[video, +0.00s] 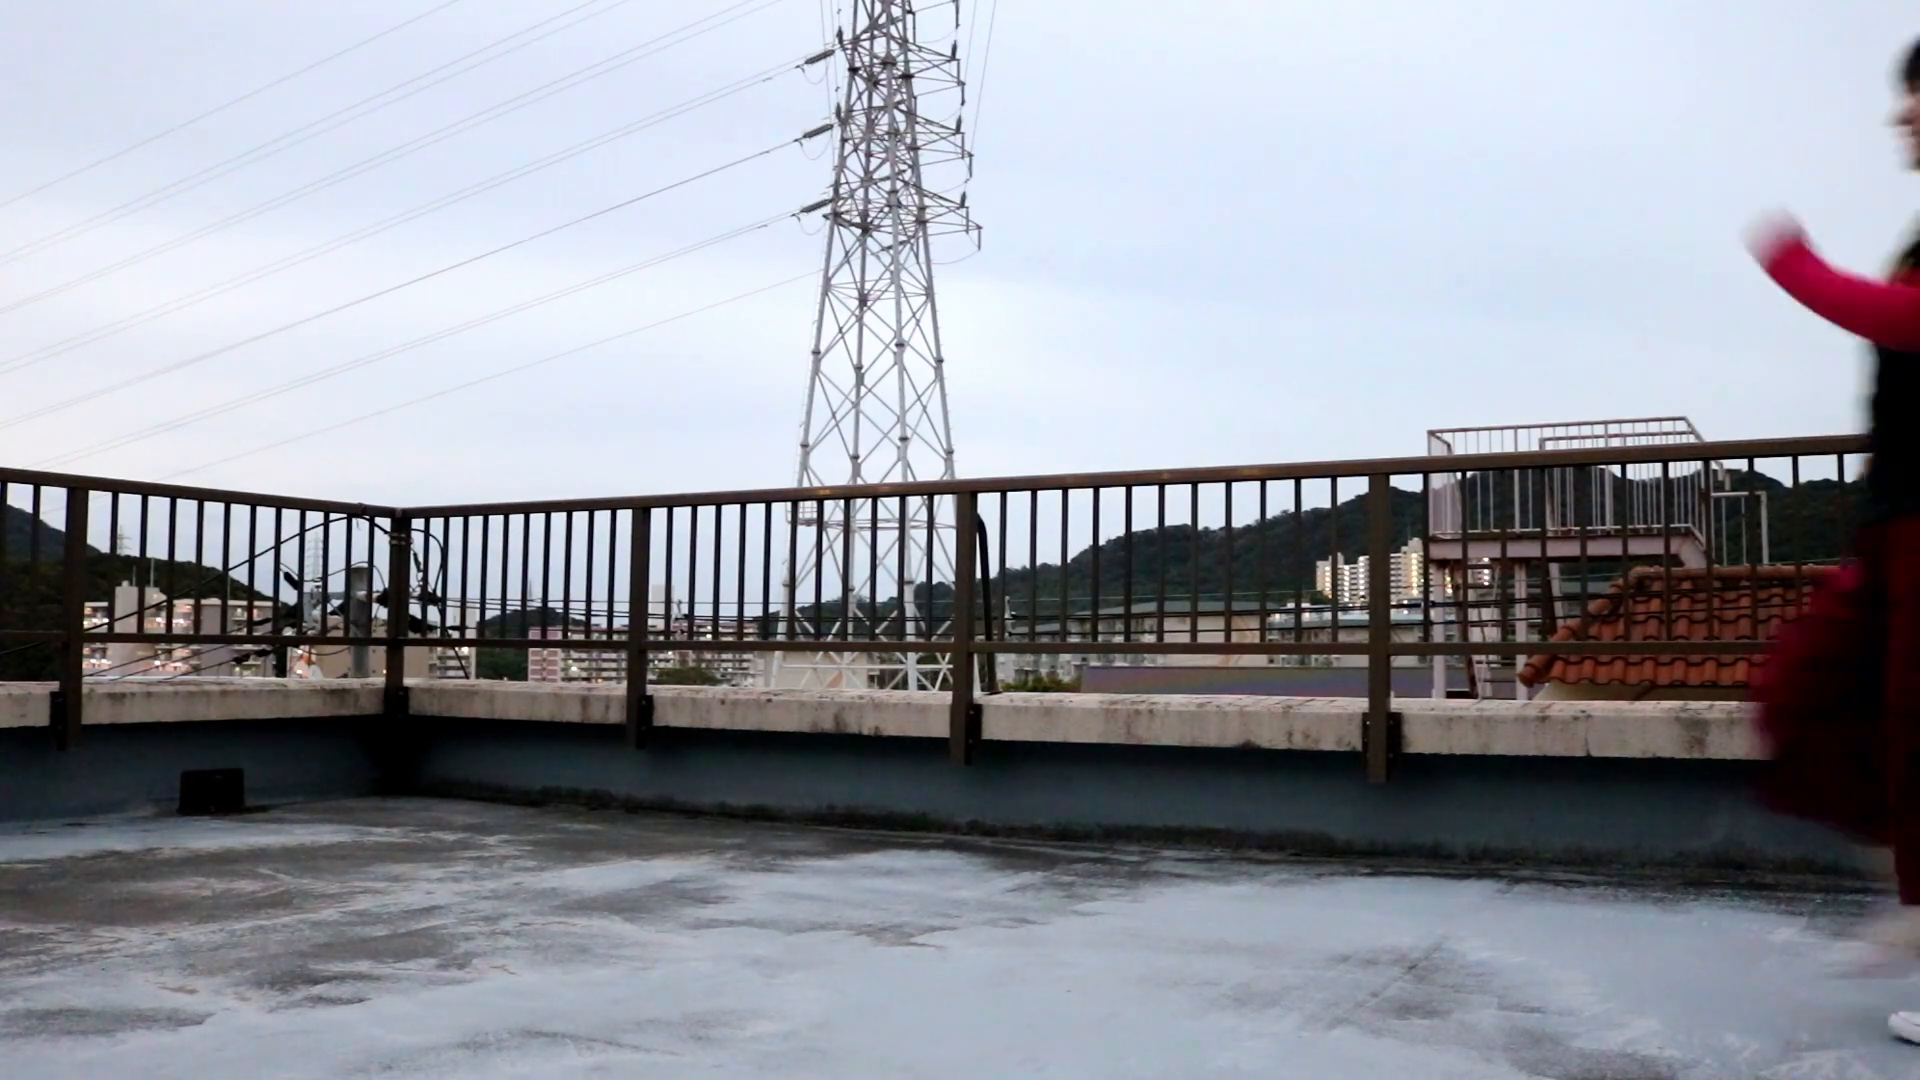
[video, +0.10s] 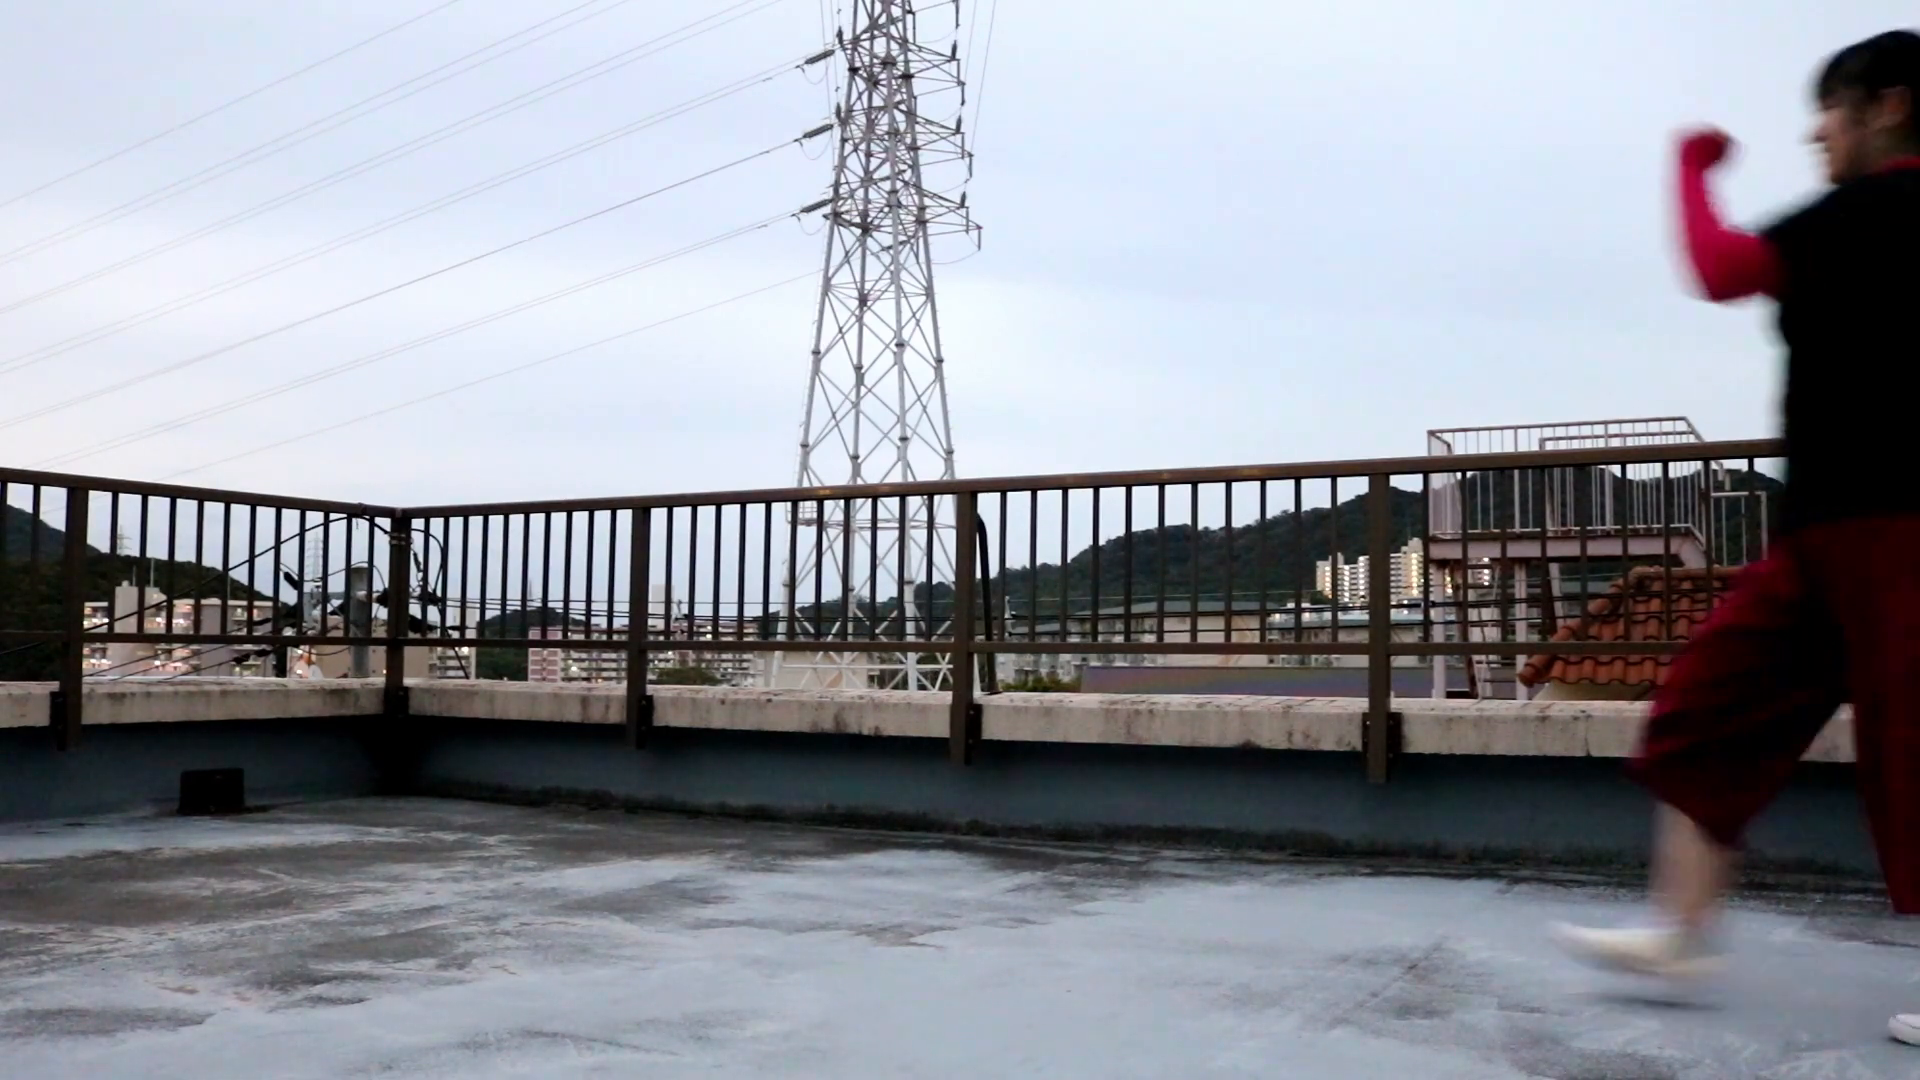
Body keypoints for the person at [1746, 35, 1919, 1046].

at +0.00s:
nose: (1903, 125)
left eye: (1913, 109)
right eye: (1904, 108)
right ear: (1910, 120)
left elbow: (1902, 319)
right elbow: (1897, 326)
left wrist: (1798, 264)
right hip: (1899, 525)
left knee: (1905, 720)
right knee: (1804, 687)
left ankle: (1916, 918)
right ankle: (1910, 893)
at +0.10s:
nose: (1820, 135)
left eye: (1833, 116)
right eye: (1820, 117)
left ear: (1890, 113)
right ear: (1886, 116)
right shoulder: (1862, 209)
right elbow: (1727, 264)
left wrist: (1692, 166)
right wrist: (1706, 177)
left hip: (1887, 538)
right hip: (1832, 534)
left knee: (1903, 766)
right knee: (1707, 708)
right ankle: (1679, 929)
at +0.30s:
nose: (1648, 156)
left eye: (1661, 138)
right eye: (1651, 138)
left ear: (1710, 140)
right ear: (1725, 144)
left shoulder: (1675, 240)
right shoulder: (1752, 252)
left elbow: (1573, 316)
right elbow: (1827, 360)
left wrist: (1502, 243)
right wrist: (1750, 426)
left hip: (1662, 532)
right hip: (1722, 526)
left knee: (1728, 743)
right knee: (1596, 729)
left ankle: (1916, 919)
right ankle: (1590, 952)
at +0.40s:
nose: (1568, 169)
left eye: (1580, 150)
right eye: (1571, 151)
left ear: (1626, 153)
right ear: (1633, 156)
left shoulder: (1627, 245)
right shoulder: (1631, 248)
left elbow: (1604, 353)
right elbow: (1619, 393)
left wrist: (1496, 382)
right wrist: (1532, 408)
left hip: (1606, 542)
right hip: (1629, 538)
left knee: (1541, 742)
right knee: (1589, 731)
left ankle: (1735, 847)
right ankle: (1593, 953)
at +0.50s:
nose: (1488, 180)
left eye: (1499, 163)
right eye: (1491, 164)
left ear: (1544, 166)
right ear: (1544, 170)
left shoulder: (1571, 254)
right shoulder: (1538, 273)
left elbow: (1642, 333)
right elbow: (1472, 396)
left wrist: (1542, 435)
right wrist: (1415, 323)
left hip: (1539, 546)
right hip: (1575, 546)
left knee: (1400, 687)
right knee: (1566, 734)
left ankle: (1507, 864)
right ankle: (1595, 955)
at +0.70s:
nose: (1347, 207)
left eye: (1358, 192)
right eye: (1351, 192)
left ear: (1394, 195)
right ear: (1408, 199)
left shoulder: (1421, 277)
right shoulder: (1368, 292)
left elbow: (1534, 308)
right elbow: (1274, 364)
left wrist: (1489, 427)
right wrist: (1273, 269)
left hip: (1355, 545)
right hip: (1425, 539)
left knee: (1296, 726)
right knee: (1489, 720)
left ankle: (1254, 925)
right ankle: (1572, 924)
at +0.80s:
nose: (1278, 208)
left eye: (1288, 193)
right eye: (1282, 193)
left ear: (1322, 199)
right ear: (1332, 202)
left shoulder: (1341, 288)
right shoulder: (1320, 297)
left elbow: (1377, 376)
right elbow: (1263, 404)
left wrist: (1303, 465)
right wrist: (1202, 354)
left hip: (1284, 548)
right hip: (1339, 547)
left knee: (1251, 718)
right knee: (1348, 724)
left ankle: (1247, 923)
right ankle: (1493, 864)